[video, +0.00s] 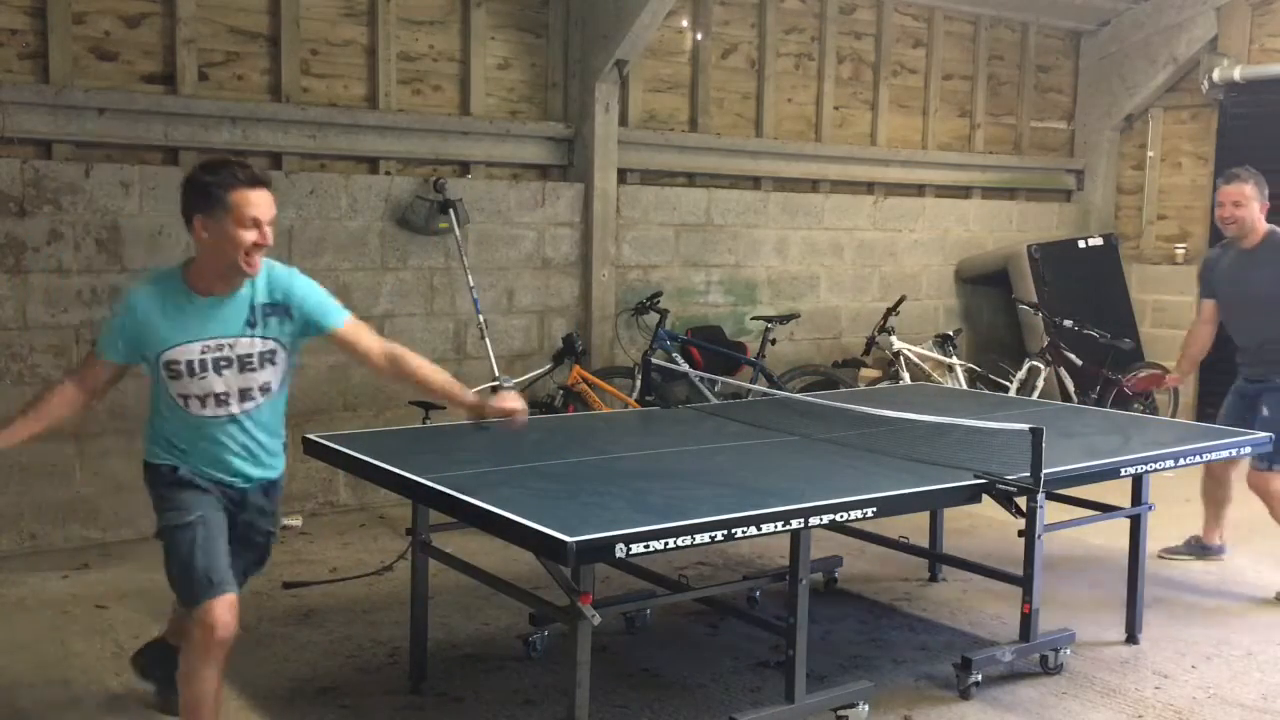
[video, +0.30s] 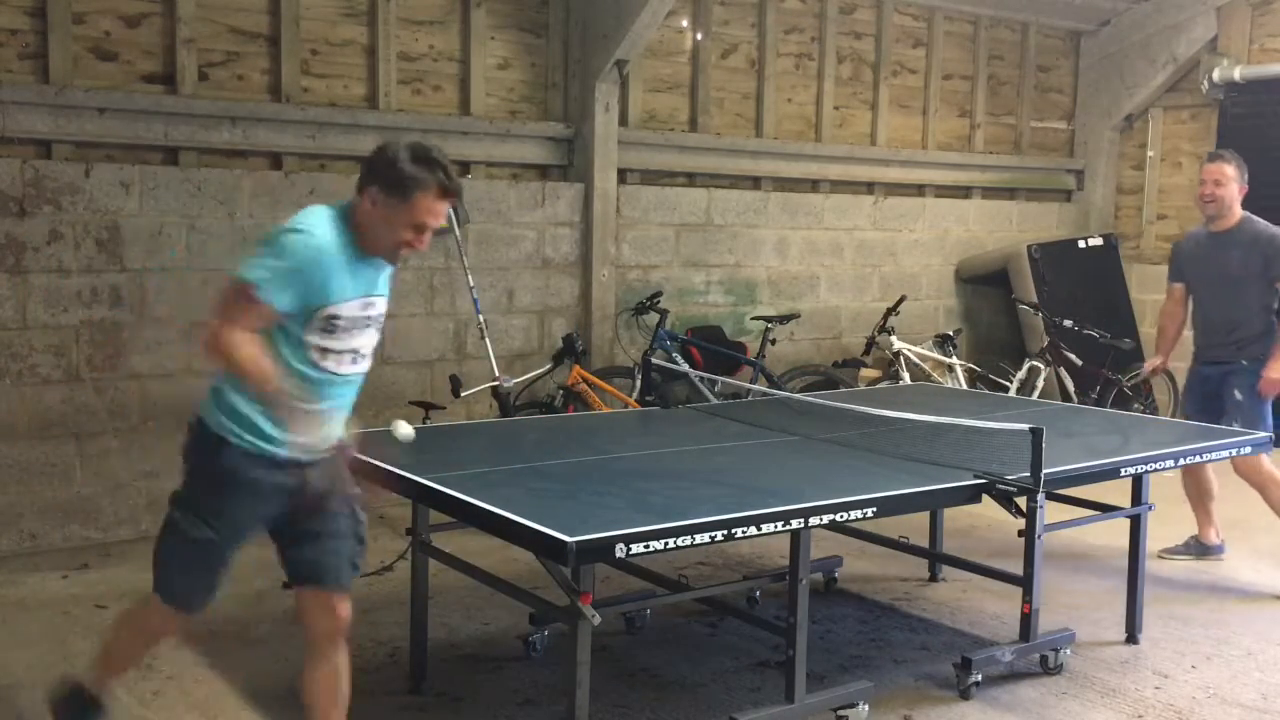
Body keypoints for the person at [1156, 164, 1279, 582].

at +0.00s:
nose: (1226, 213)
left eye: (1236, 204)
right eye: (1220, 205)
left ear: (1262, 207)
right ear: (1215, 209)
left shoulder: (1276, 247)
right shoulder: (1216, 262)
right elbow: (1205, 324)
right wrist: (1179, 372)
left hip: (1278, 381)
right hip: (1248, 379)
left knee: (1263, 476)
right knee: (1218, 459)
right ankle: (1210, 538)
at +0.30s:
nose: (1207, 191)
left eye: (1217, 183)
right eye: (1202, 183)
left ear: (1241, 189)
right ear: (1198, 189)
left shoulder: (1268, 240)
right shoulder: (1187, 247)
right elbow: (1175, 304)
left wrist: (1277, 360)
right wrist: (1162, 355)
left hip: (1252, 368)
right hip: (1205, 367)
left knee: (1250, 462)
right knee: (1191, 455)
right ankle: (1208, 537)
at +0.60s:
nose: (1188, 192)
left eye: (1198, 184)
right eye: (1184, 184)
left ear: (1225, 188)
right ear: (1182, 190)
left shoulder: (1261, 239)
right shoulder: (1176, 246)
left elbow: (1279, 298)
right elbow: (1161, 306)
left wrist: (1271, 350)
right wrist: (1136, 357)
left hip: (1241, 367)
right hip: (1193, 367)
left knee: (1228, 460)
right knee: (1189, 456)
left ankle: (1244, 561)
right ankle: (1207, 538)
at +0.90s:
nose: (1174, 200)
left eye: (1179, 190)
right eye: (1173, 191)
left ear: (1204, 188)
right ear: (1194, 191)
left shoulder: (1240, 235)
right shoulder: (1202, 237)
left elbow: (1270, 305)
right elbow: (1192, 308)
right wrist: (1172, 365)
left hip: (1226, 364)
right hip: (1194, 361)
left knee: (1217, 462)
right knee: (1162, 448)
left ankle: (1244, 563)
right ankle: (1188, 524)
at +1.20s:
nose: (1249, 195)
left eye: (1258, 188)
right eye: (1252, 188)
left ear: (1278, 198)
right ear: (1269, 199)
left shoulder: (1276, 253)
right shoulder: (1273, 254)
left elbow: (1243, 305)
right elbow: (1244, 307)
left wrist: (1208, 284)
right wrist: (1206, 283)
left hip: (1273, 374)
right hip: (1268, 372)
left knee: (1235, 448)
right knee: (1233, 448)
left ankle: (1195, 531)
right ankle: (1195, 531)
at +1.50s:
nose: (1193, 206)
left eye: (1201, 198)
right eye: (1193, 198)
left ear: (1231, 202)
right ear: (1209, 206)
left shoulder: (1266, 248)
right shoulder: (1196, 267)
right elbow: (1162, 320)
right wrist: (1104, 340)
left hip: (1267, 375)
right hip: (1224, 376)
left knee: (1267, 464)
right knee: (1196, 454)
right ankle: (1183, 540)